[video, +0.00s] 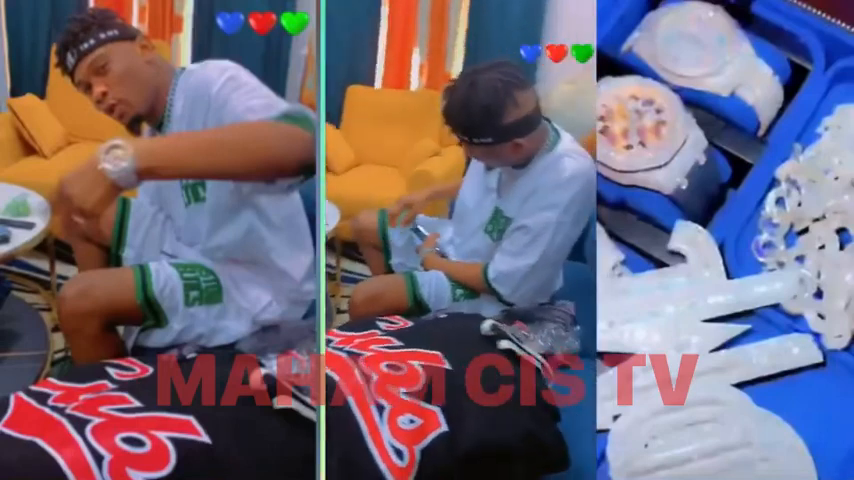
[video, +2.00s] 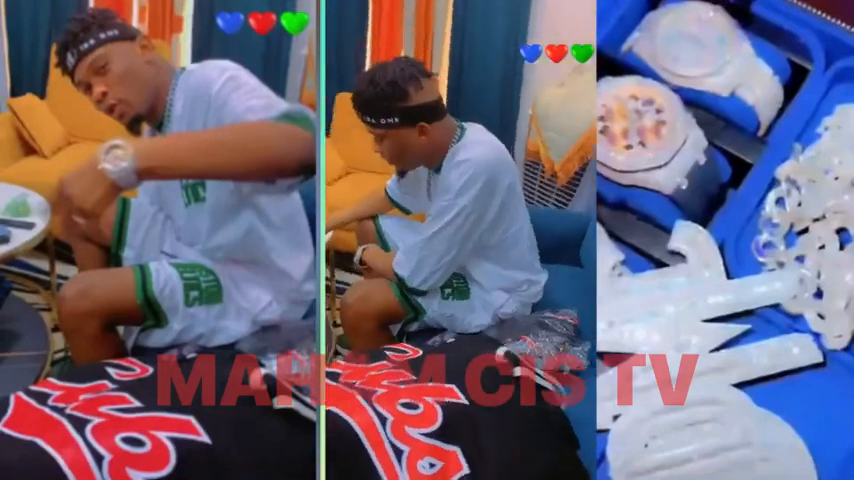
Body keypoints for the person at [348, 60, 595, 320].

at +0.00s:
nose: (464, 148)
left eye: (470, 143)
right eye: (463, 140)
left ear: (516, 148)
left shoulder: (567, 175)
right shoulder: (500, 134)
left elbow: (506, 282)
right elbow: (478, 186)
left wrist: (434, 261)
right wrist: (428, 194)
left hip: (493, 286)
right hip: (461, 239)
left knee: (366, 297)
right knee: (367, 226)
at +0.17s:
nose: (430, 134)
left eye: (434, 126)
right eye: (427, 125)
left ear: (475, 125)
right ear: (477, 122)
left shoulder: (530, 155)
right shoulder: (478, 136)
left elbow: (488, 272)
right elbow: (467, 186)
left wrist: (413, 266)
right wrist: (420, 194)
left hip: (477, 281)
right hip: (444, 236)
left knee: (343, 315)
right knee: (347, 241)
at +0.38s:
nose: (393, 119)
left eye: (397, 109)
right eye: (390, 109)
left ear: (435, 94)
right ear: (435, 94)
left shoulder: (489, 136)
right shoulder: (439, 119)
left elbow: (459, 258)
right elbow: (433, 186)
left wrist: (390, 268)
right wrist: (381, 204)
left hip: (462, 276)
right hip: (422, 237)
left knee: (333, 327)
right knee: (330, 252)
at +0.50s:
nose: (385, 124)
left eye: (391, 111)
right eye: (382, 112)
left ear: (429, 94)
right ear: (428, 94)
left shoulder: (481, 140)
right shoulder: (426, 129)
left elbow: (464, 260)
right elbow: (417, 190)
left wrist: (394, 276)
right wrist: (374, 216)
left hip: (462, 277)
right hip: (420, 247)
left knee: (329, 339)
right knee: (329, 263)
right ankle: (374, 347)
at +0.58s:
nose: (382, 123)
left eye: (389, 105)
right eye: (374, 112)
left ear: (427, 88)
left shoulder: (474, 143)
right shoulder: (413, 141)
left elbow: (470, 264)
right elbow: (401, 201)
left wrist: (397, 287)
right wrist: (370, 232)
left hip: (466, 284)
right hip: (418, 259)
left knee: (331, 356)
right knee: (324, 281)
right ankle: (369, 358)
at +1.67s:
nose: (373, 135)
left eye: (377, 122)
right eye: (370, 124)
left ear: (415, 113)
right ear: (415, 114)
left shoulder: (466, 154)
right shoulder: (431, 146)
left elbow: (424, 269)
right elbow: (385, 204)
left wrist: (351, 278)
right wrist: (325, 243)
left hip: (497, 283)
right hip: (465, 257)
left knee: (359, 318)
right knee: (363, 245)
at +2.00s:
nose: (377, 149)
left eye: (381, 139)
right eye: (375, 139)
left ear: (421, 132)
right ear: (423, 131)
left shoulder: (476, 165)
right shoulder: (440, 148)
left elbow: (419, 272)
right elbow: (394, 195)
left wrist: (364, 251)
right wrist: (338, 218)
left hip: (497, 290)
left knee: (358, 304)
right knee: (369, 229)